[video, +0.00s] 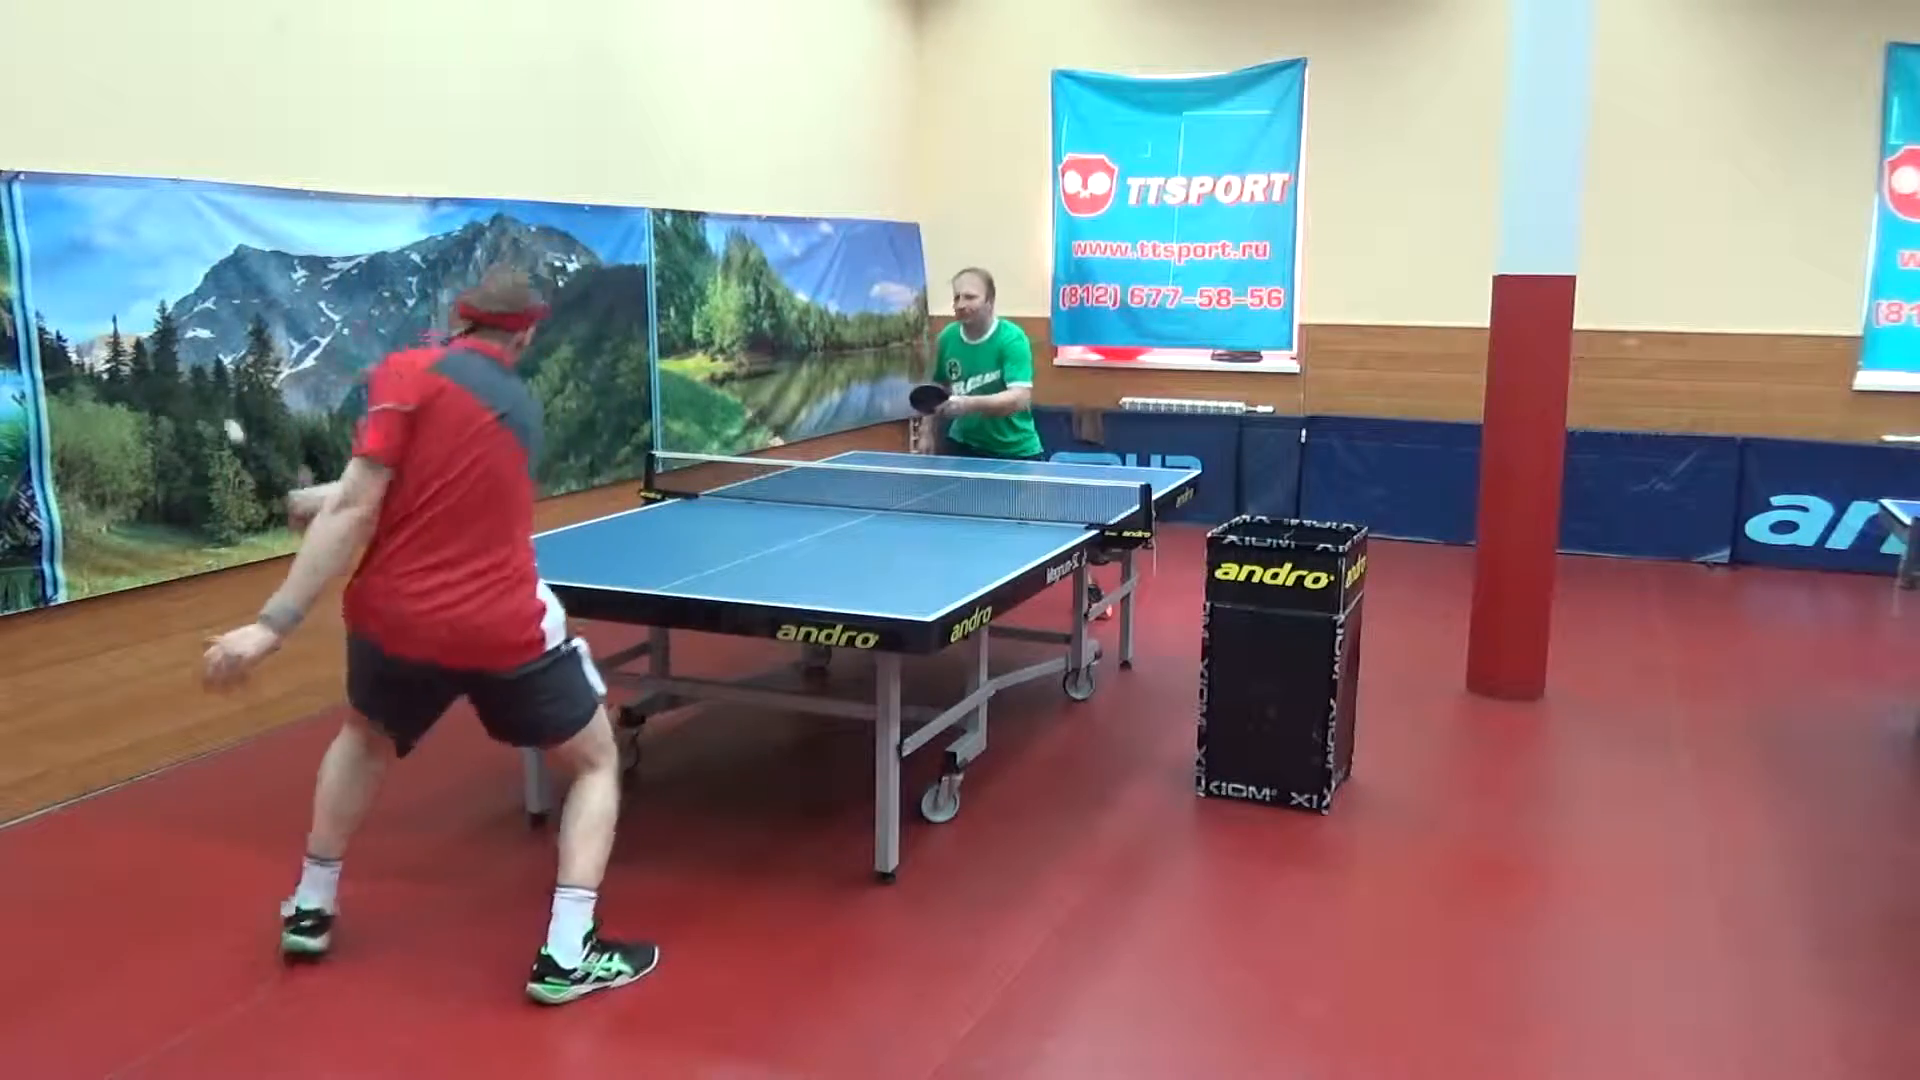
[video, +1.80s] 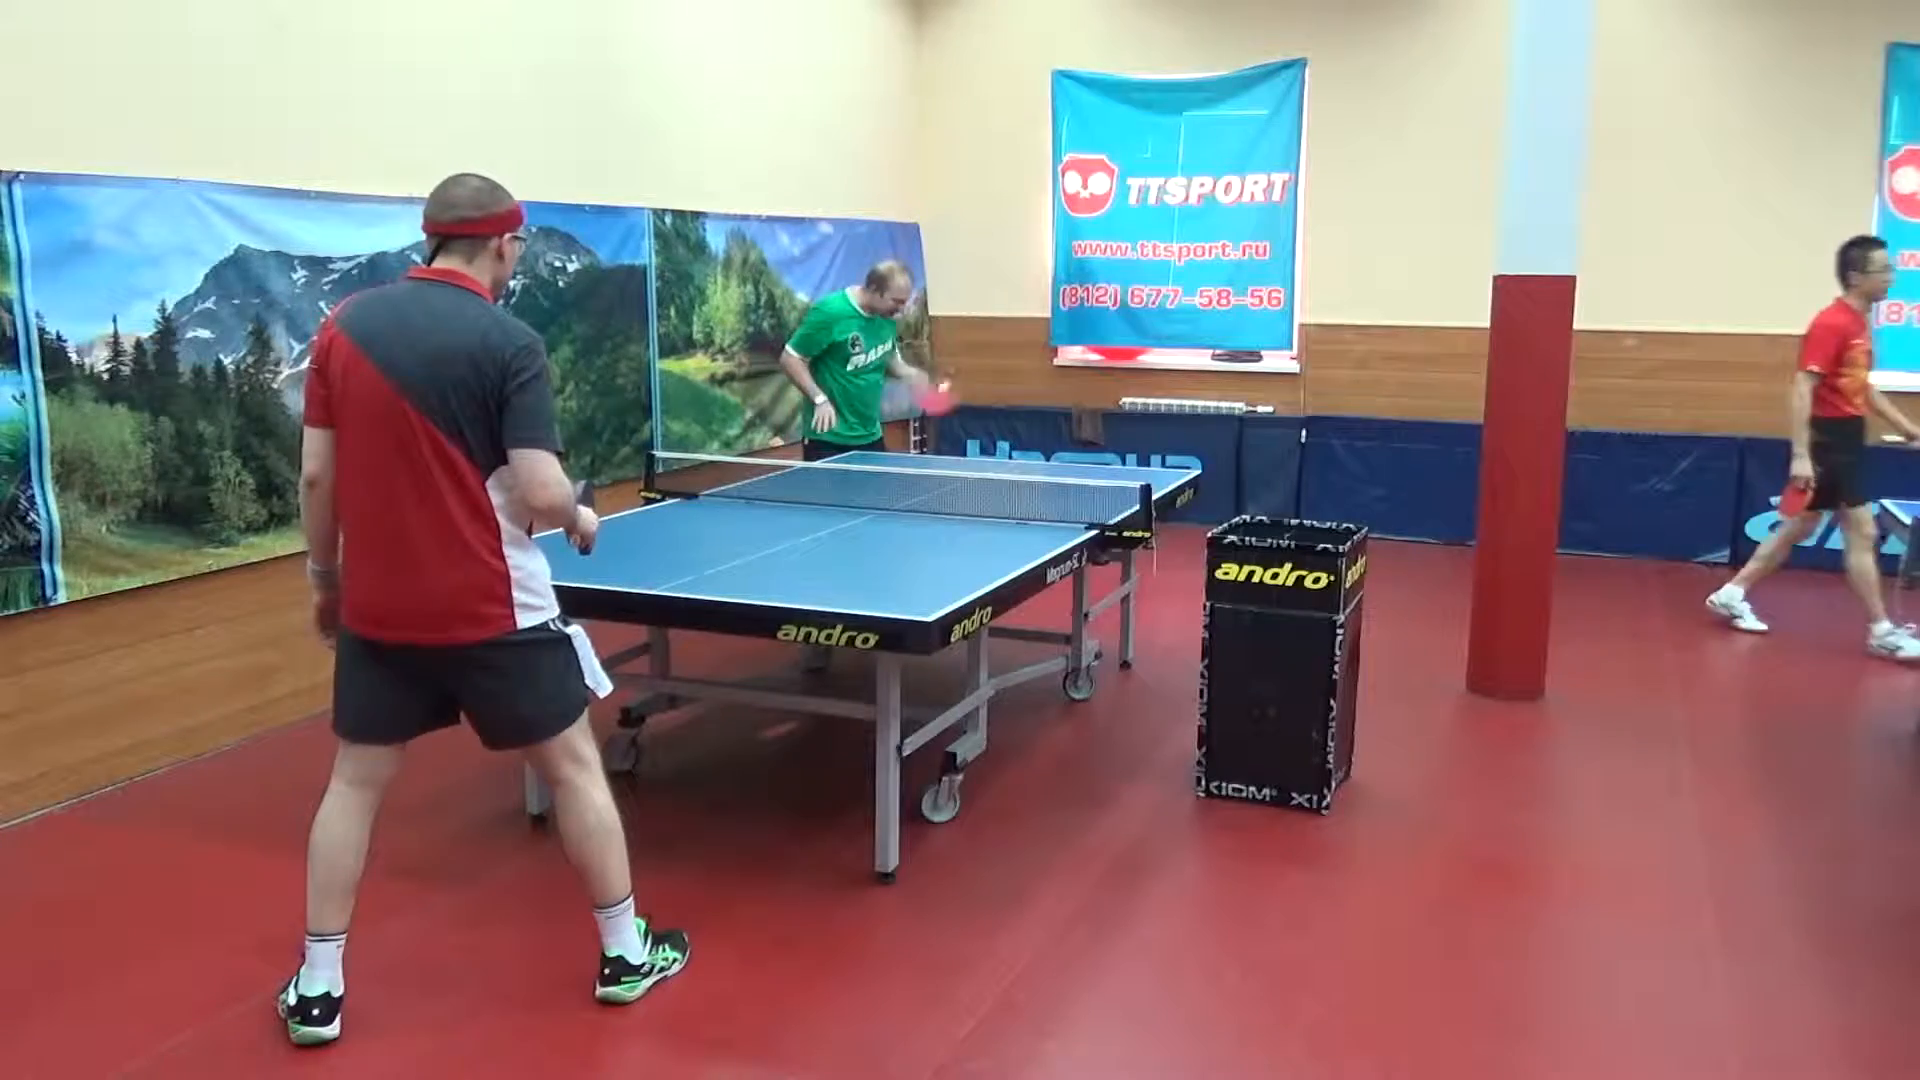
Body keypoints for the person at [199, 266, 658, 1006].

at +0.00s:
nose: (528, 349)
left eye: (528, 338)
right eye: (530, 338)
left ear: (457, 320)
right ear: (520, 335)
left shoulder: (404, 374)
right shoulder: (519, 402)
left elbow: (356, 506)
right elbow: (451, 482)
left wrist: (270, 626)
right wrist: (339, 497)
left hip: (394, 629)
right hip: (508, 630)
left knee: (364, 734)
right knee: (594, 762)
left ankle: (311, 905)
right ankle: (569, 949)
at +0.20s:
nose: (441, 346)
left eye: (440, 336)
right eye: (440, 336)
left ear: (357, 333)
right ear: (430, 338)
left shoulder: (307, 390)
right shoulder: (440, 414)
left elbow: (268, 526)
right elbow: (380, 525)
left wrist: (190, 646)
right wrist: (262, 545)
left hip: (330, 643)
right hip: (445, 638)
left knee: (299, 744)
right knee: (535, 768)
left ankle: (282, 919)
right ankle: (562, 947)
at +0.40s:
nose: (366, 302)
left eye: (363, 291)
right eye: (365, 291)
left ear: (283, 290)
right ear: (353, 293)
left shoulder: (223, 355)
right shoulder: (384, 377)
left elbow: (193, 490)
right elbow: (404, 515)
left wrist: (161, 605)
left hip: (271, 603)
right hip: (386, 595)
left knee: (279, 737)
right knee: (476, 750)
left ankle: (281, 922)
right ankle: (547, 939)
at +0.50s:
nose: (350, 284)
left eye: (346, 272)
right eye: (349, 273)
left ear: (265, 271)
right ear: (337, 273)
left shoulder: (199, 339)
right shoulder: (373, 356)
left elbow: (171, 480)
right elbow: (417, 494)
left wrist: (153, 588)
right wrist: (451, 599)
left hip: (254, 584)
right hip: (367, 574)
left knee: (273, 736)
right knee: (449, 747)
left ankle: (280, 918)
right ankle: (506, 943)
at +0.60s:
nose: (346, 267)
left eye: (342, 255)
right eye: (343, 255)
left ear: (256, 259)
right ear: (327, 257)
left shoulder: (191, 326)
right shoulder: (359, 335)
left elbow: (165, 474)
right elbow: (439, 464)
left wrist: (154, 574)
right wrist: (499, 557)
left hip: (244, 578)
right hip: (354, 569)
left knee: (273, 732)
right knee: (417, 747)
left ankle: (280, 918)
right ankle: (450, 955)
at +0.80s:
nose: (504, 247)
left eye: (499, 233)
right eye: (503, 234)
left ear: (412, 235)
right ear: (487, 235)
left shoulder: (334, 326)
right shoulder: (498, 343)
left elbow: (314, 478)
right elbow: (527, 492)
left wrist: (320, 581)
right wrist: (569, 519)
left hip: (383, 608)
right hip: (498, 609)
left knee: (356, 783)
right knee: (577, 762)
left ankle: (316, 988)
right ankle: (626, 950)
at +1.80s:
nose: (518, 260)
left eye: (514, 246)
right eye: (517, 246)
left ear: (432, 240)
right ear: (500, 244)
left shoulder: (345, 324)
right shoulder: (509, 344)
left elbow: (316, 474)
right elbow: (537, 493)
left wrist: (323, 576)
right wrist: (577, 518)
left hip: (378, 604)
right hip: (495, 607)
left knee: (354, 783)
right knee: (573, 764)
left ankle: (316, 987)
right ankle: (625, 949)